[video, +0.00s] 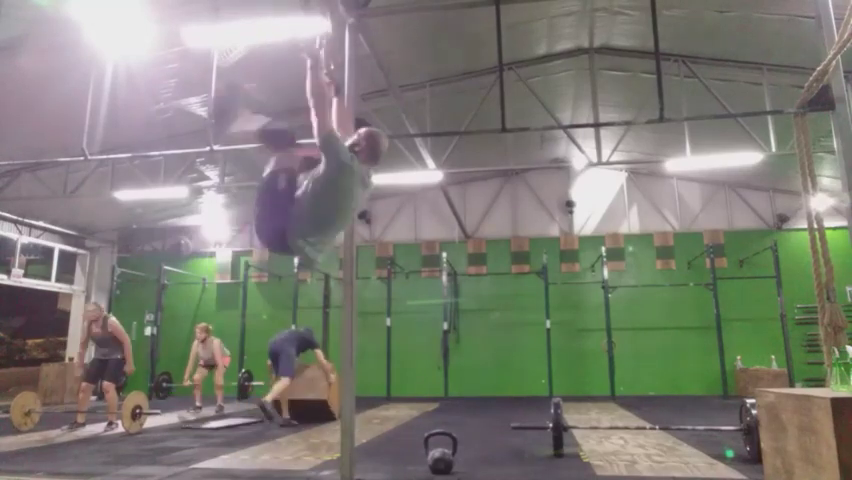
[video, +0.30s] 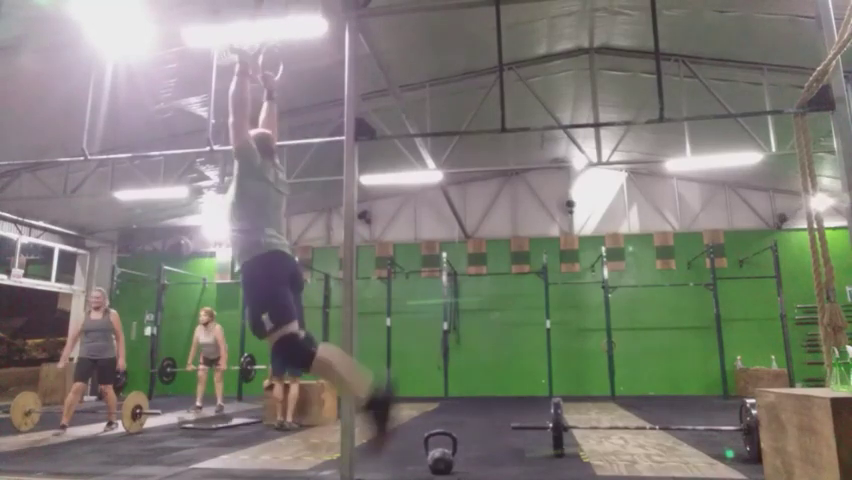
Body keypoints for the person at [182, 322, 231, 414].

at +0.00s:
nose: (198, 335)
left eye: (201, 333)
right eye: (197, 333)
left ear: (207, 334)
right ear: (195, 333)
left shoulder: (215, 342)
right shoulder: (196, 343)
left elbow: (220, 362)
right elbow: (191, 361)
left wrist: (219, 378)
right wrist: (186, 378)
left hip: (220, 360)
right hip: (205, 361)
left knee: (218, 381)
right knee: (196, 378)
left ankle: (219, 404)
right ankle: (198, 404)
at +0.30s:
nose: (201, 318)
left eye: (204, 316)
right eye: (200, 316)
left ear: (210, 317)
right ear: (199, 317)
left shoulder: (216, 328)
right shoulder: (198, 329)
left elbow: (222, 345)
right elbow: (194, 346)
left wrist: (223, 362)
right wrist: (190, 362)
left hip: (217, 355)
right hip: (204, 355)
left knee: (218, 378)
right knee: (201, 376)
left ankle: (219, 402)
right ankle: (198, 403)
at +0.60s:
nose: (203, 319)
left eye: (206, 317)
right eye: (202, 316)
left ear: (211, 318)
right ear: (201, 318)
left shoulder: (218, 329)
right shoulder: (199, 330)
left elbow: (222, 346)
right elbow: (195, 346)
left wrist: (223, 363)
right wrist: (190, 363)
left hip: (217, 356)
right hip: (204, 356)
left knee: (218, 378)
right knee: (200, 376)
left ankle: (219, 402)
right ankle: (198, 403)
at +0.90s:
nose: (197, 336)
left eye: (199, 334)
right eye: (195, 334)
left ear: (205, 334)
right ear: (194, 335)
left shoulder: (213, 342)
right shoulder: (195, 344)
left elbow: (219, 360)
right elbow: (191, 360)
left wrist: (220, 377)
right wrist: (187, 378)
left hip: (219, 360)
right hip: (205, 361)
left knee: (218, 382)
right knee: (197, 379)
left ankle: (219, 404)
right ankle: (198, 404)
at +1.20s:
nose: (205, 312)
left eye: (207, 310)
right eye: (204, 310)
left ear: (213, 312)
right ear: (203, 312)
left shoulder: (218, 324)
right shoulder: (200, 324)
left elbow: (223, 340)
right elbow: (195, 340)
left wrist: (223, 356)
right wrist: (191, 356)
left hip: (216, 354)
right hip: (203, 354)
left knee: (216, 378)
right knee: (201, 378)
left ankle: (219, 403)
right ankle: (198, 402)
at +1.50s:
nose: (195, 347)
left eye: (198, 344)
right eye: (194, 344)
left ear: (204, 344)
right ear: (193, 345)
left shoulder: (213, 351)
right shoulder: (194, 353)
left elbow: (217, 369)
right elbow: (190, 370)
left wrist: (217, 388)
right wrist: (184, 387)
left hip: (221, 364)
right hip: (205, 367)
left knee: (215, 381)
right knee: (195, 379)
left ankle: (219, 404)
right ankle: (198, 404)